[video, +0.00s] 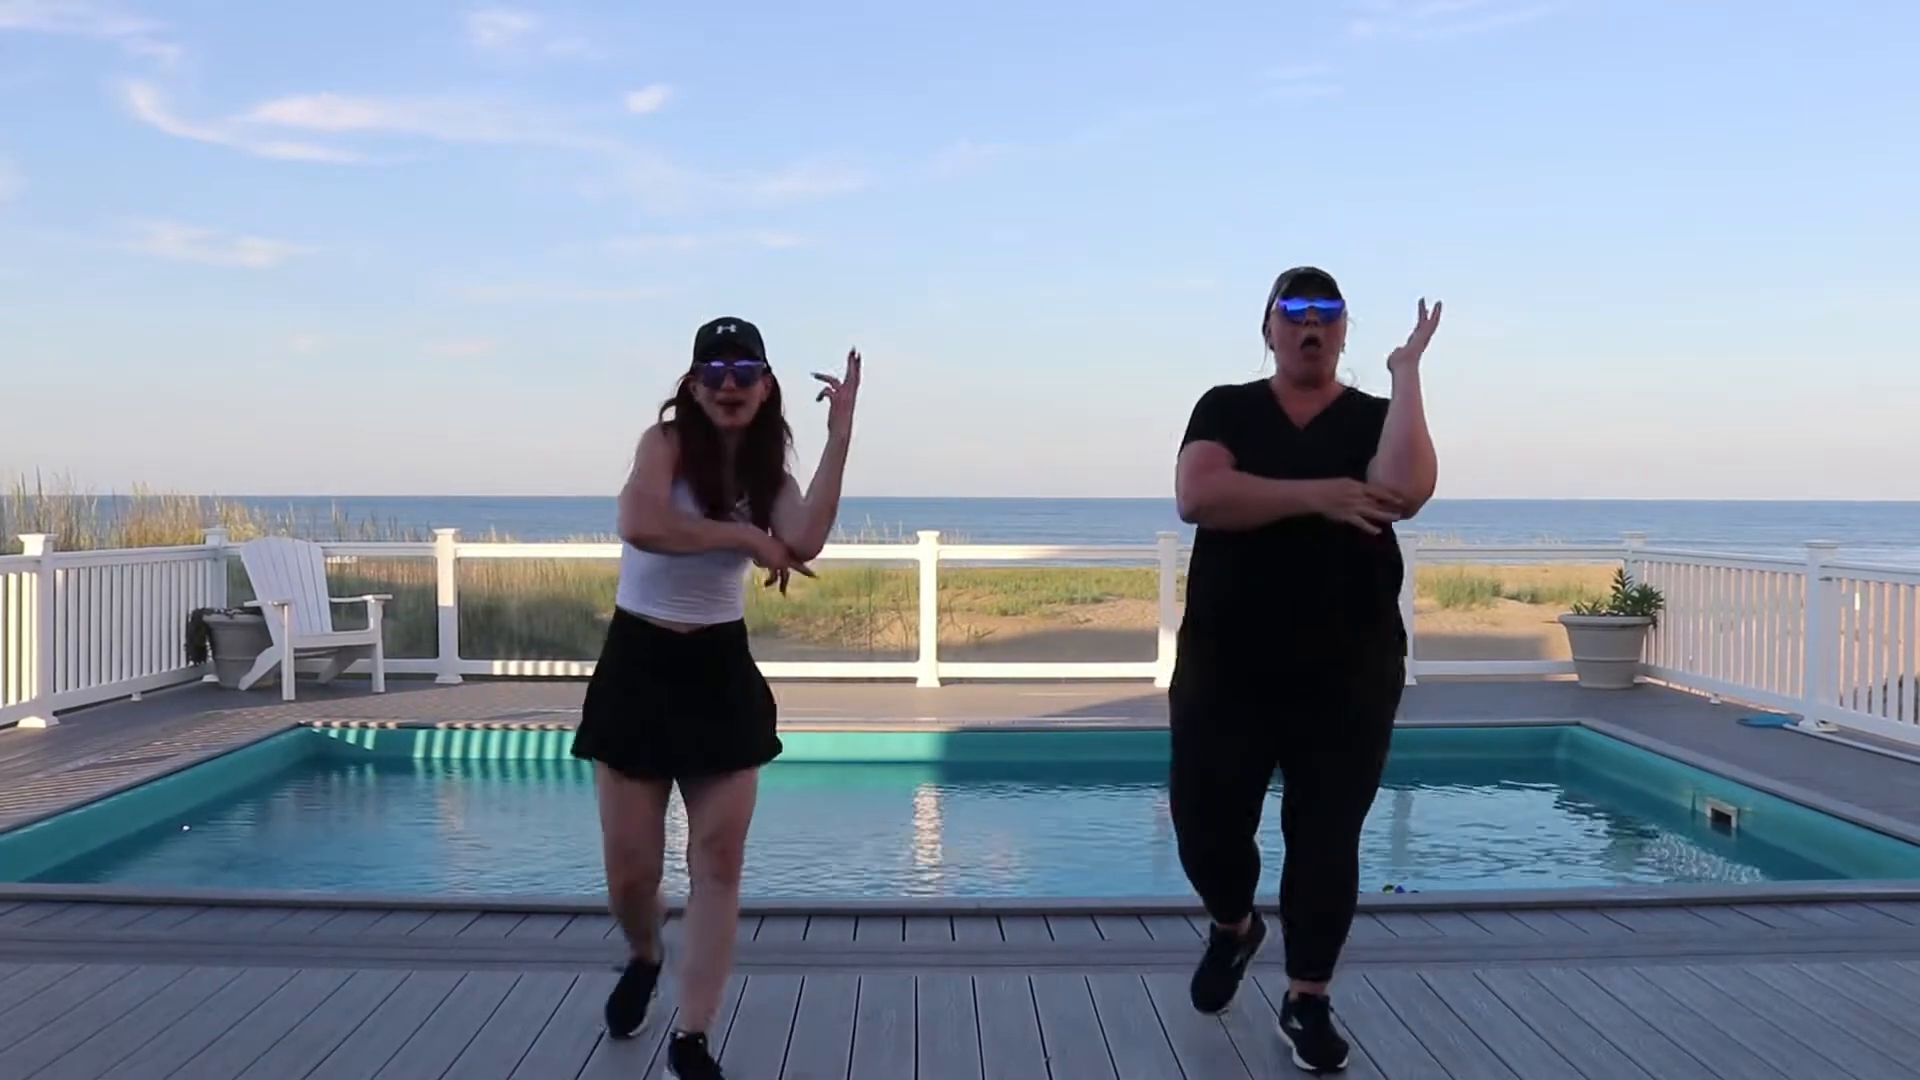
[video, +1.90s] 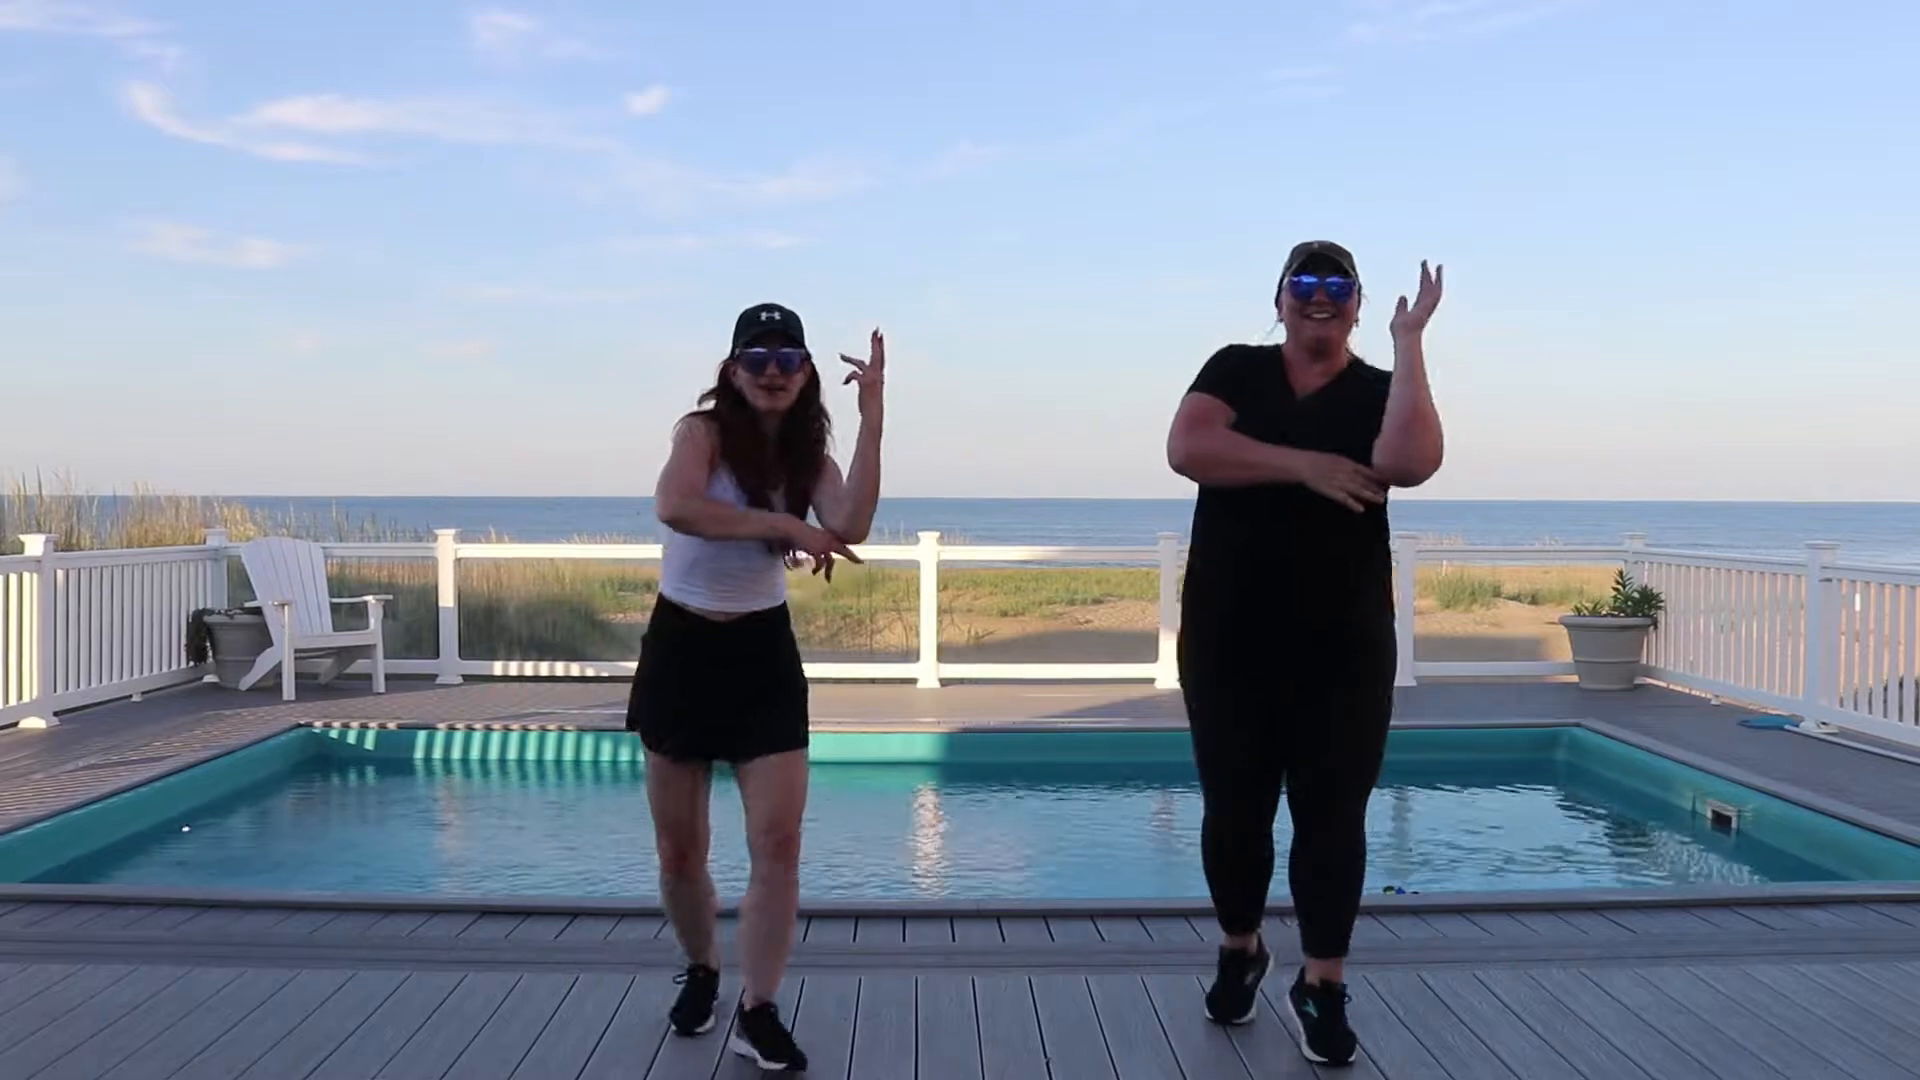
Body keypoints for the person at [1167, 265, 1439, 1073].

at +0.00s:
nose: (1310, 324)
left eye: (1325, 313)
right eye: (1296, 312)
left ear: (1344, 331)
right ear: (1270, 329)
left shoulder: (1377, 420)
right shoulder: (1227, 408)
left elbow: (1408, 489)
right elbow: (1198, 497)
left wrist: (1404, 373)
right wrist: (1318, 495)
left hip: (1346, 669)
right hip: (1227, 662)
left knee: (1327, 835)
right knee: (1205, 820)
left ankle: (1310, 995)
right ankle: (1235, 924)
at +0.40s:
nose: (1307, 322)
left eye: (1320, 310)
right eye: (1291, 310)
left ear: (1338, 321)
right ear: (1264, 322)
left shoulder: (1382, 406)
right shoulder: (1226, 391)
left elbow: (1436, 493)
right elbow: (1202, 457)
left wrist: (1350, 457)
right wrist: (1265, 476)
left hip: (1341, 660)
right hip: (1226, 655)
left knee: (1314, 821)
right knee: (1212, 817)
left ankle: (1294, 968)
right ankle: (1222, 960)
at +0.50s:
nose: (1305, 324)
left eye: (1318, 313)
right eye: (1289, 313)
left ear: (1337, 328)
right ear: (1261, 327)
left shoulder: (1379, 412)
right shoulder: (1222, 404)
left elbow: (1426, 503)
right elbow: (1198, 481)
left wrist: (1318, 494)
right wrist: (1260, 395)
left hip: (1343, 658)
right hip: (1228, 654)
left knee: (1314, 821)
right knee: (1223, 821)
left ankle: (1294, 972)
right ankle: (1199, 995)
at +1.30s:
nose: (1266, 327)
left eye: (1281, 318)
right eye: (1251, 315)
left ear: (1298, 336)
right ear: (1222, 329)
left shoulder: (1330, 417)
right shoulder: (1179, 415)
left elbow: (1396, 485)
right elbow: (1152, 496)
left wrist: (1344, 390)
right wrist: (1262, 491)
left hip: (1321, 656)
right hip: (1204, 662)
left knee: (1350, 819)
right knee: (1220, 828)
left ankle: (1334, 987)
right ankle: (1226, 975)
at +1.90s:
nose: (1317, 297)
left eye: (1334, 288)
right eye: (1304, 286)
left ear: (1356, 309)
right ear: (1280, 302)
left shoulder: (1382, 394)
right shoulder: (1235, 370)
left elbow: (1410, 463)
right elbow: (1188, 446)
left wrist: (1409, 342)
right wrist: (1303, 464)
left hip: (1345, 647)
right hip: (1231, 643)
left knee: (1333, 819)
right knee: (1233, 814)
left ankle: (1323, 983)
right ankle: (1239, 950)